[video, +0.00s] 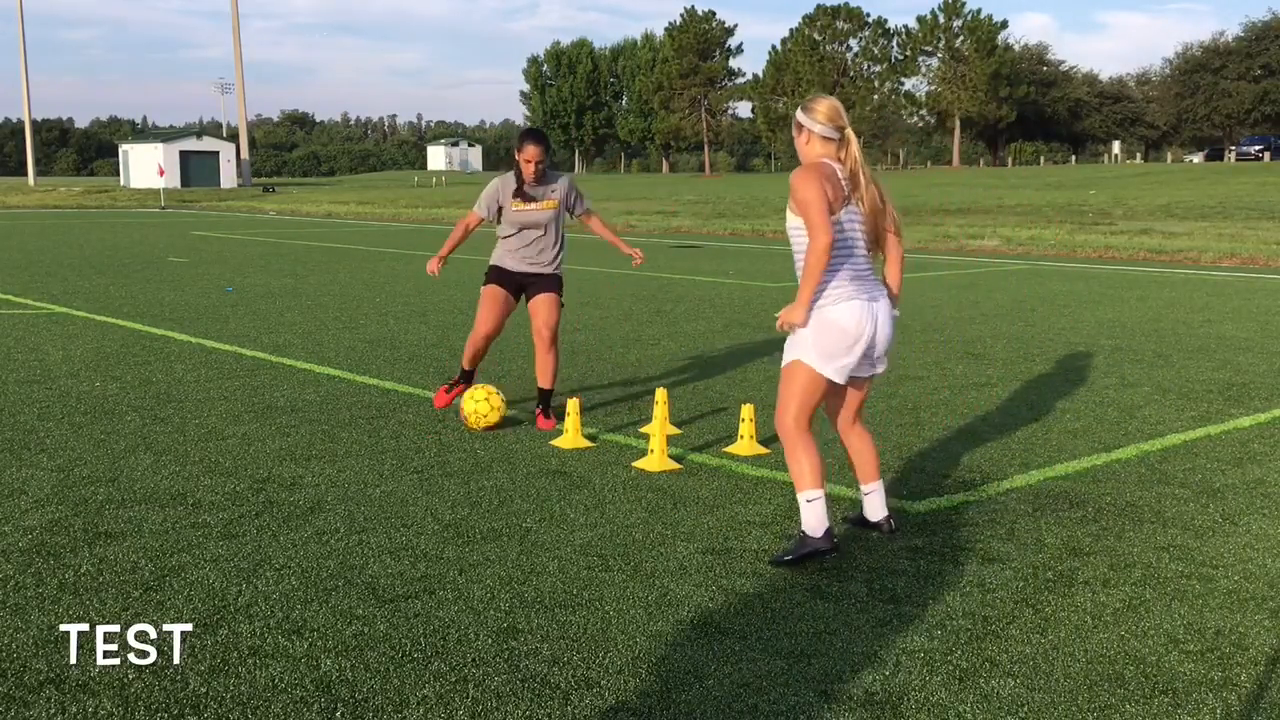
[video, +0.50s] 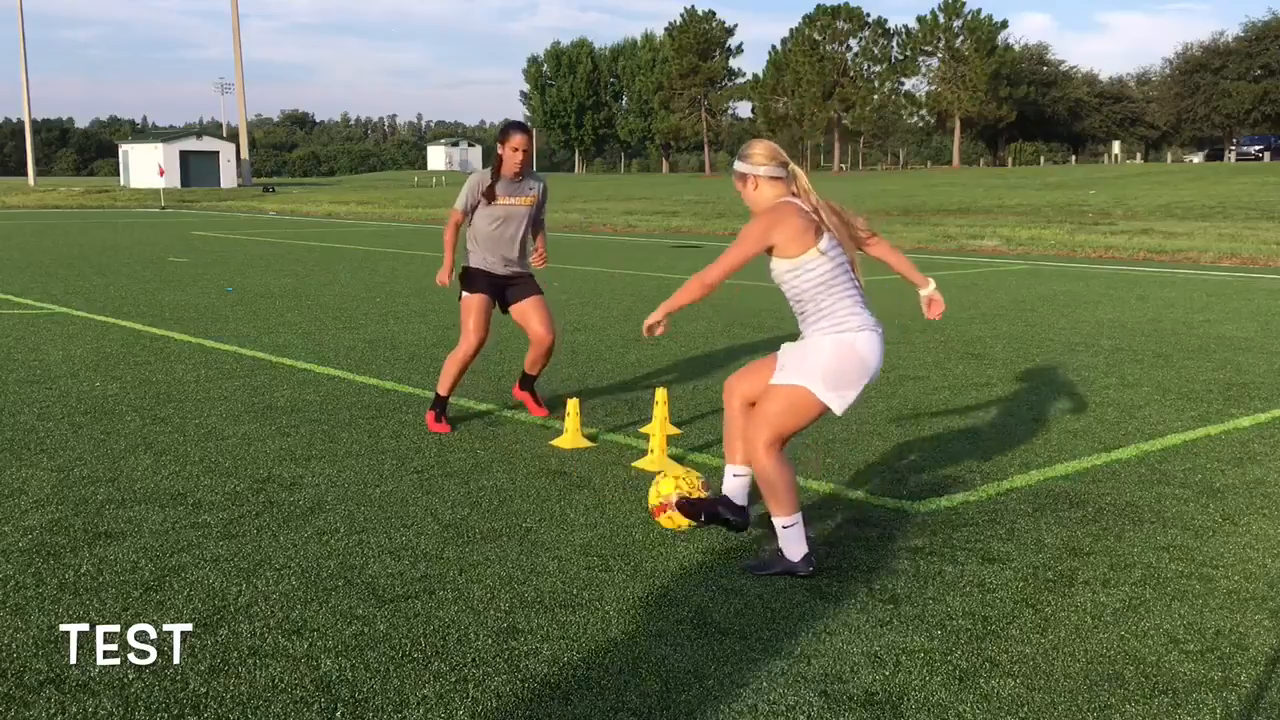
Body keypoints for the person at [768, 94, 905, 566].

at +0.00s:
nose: (794, 140)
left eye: (796, 133)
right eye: (796, 133)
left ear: (805, 134)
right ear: (839, 137)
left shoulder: (808, 175)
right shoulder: (862, 179)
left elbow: (821, 240)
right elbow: (892, 243)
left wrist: (800, 304)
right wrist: (889, 300)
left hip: (833, 312)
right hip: (876, 311)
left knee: (791, 420)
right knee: (847, 416)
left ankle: (816, 531)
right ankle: (878, 515)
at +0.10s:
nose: (785, 130)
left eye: (787, 122)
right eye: (787, 122)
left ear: (797, 124)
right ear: (829, 128)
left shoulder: (798, 161)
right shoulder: (845, 171)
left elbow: (812, 215)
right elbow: (888, 234)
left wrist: (784, 268)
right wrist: (881, 287)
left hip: (820, 305)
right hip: (863, 303)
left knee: (797, 423)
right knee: (843, 413)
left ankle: (818, 540)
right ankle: (874, 512)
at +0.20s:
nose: (773, 122)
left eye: (774, 114)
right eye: (775, 115)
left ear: (783, 115)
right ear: (818, 118)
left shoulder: (789, 146)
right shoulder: (837, 158)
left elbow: (813, 190)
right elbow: (880, 221)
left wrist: (782, 246)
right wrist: (869, 279)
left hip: (819, 286)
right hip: (859, 287)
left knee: (777, 409)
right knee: (822, 406)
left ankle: (805, 529)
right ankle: (853, 510)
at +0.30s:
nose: (760, 136)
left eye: (761, 128)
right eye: (761, 128)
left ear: (771, 129)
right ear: (803, 131)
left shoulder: (782, 163)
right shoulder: (829, 169)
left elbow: (798, 210)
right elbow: (871, 228)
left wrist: (768, 272)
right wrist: (876, 284)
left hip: (816, 303)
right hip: (853, 301)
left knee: (770, 422)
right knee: (797, 418)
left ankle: (787, 541)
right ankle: (831, 520)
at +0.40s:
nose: (751, 172)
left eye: (751, 163)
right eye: (750, 163)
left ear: (764, 158)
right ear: (794, 157)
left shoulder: (777, 196)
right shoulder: (826, 197)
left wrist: (711, 305)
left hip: (822, 331)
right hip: (845, 328)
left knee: (762, 431)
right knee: (741, 407)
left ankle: (793, 552)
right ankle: (801, 505)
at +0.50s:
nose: (741, 194)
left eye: (740, 185)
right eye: (740, 186)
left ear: (751, 180)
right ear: (782, 178)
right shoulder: (819, 210)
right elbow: (876, 245)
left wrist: (665, 309)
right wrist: (924, 283)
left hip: (842, 345)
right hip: (842, 340)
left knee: (762, 437)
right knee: (738, 390)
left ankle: (795, 554)